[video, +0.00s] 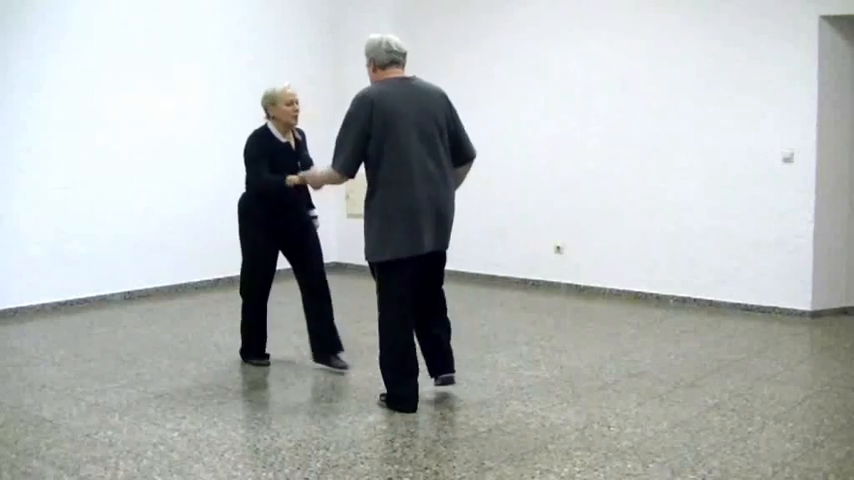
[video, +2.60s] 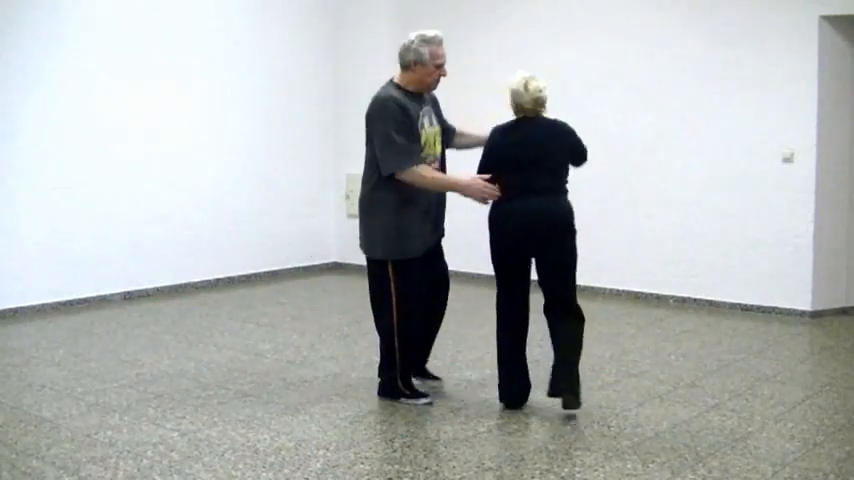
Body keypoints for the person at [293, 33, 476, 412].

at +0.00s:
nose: (367, 72)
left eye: (367, 67)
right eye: (369, 67)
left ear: (373, 66)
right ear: (403, 62)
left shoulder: (369, 99)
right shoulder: (435, 96)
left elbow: (342, 172)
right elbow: (464, 158)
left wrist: (311, 177)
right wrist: (439, 191)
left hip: (392, 221)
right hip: (437, 218)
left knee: (394, 309)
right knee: (430, 294)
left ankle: (402, 396)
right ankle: (443, 370)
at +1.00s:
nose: (404, 67)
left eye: (403, 60)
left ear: (403, 61)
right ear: (439, 63)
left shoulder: (382, 95)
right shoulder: (456, 101)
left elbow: (347, 152)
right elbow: (482, 170)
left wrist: (341, 131)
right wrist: (467, 206)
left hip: (384, 225)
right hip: (437, 227)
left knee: (383, 306)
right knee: (433, 313)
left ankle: (381, 387)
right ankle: (427, 400)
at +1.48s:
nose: (421, 70)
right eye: (421, 65)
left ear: (383, 61)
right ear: (418, 66)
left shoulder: (357, 97)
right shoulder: (420, 103)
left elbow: (326, 113)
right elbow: (439, 165)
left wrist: (359, 80)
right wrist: (440, 203)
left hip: (353, 227)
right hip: (402, 230)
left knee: (352, 312)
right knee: (414, 311)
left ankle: (350, 396)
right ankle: (422, 393)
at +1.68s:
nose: (421, 70)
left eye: (420, 64)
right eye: (420, 64)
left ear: (380, 61)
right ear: (413, 66)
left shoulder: (353, 92)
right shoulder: (409, 102)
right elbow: (418, 172)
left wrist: (411, 85)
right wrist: (434, 195)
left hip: (344, 225)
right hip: (393, 228)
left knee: (347, 317)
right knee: (405, 306)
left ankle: (350, 397)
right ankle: (397, 384)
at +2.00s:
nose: (433, 72)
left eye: (432, 67)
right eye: (431, 67)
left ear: (394, 65)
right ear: (418, 69)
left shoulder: (372, 91)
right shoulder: (406, 107)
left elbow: (424, 83)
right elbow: (413, 178)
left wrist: (461, 65)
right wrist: (451, 187)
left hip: (359, 217)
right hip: (391, 223)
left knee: (372, 298)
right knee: (405, 301)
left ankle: (346, 364)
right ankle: (391, 384)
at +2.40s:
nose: (440, 75)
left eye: (440, 67)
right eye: (434, 68)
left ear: (415, 68)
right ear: (409, 69)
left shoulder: (412, 97)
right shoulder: (391, 107)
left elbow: (452, 109)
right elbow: (421, 172)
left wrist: (494, 97)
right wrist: (480, 178)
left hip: (406, 223)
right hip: (388, 228)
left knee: (423, 286)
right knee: (401, 305)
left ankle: (381, 350)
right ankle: (396, 384)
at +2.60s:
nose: (443, 72)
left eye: (443, 65)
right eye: (437, 66)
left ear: (425, 67)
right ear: (413, 67)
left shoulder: (426, 99)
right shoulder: (386, 106)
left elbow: (447, 137)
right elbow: (404, 170)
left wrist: (492, 139)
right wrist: (461, 185)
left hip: (422, 226)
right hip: (390, 231)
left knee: (434, 292)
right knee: (396, 307)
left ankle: (414, 363)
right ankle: (392, 383)